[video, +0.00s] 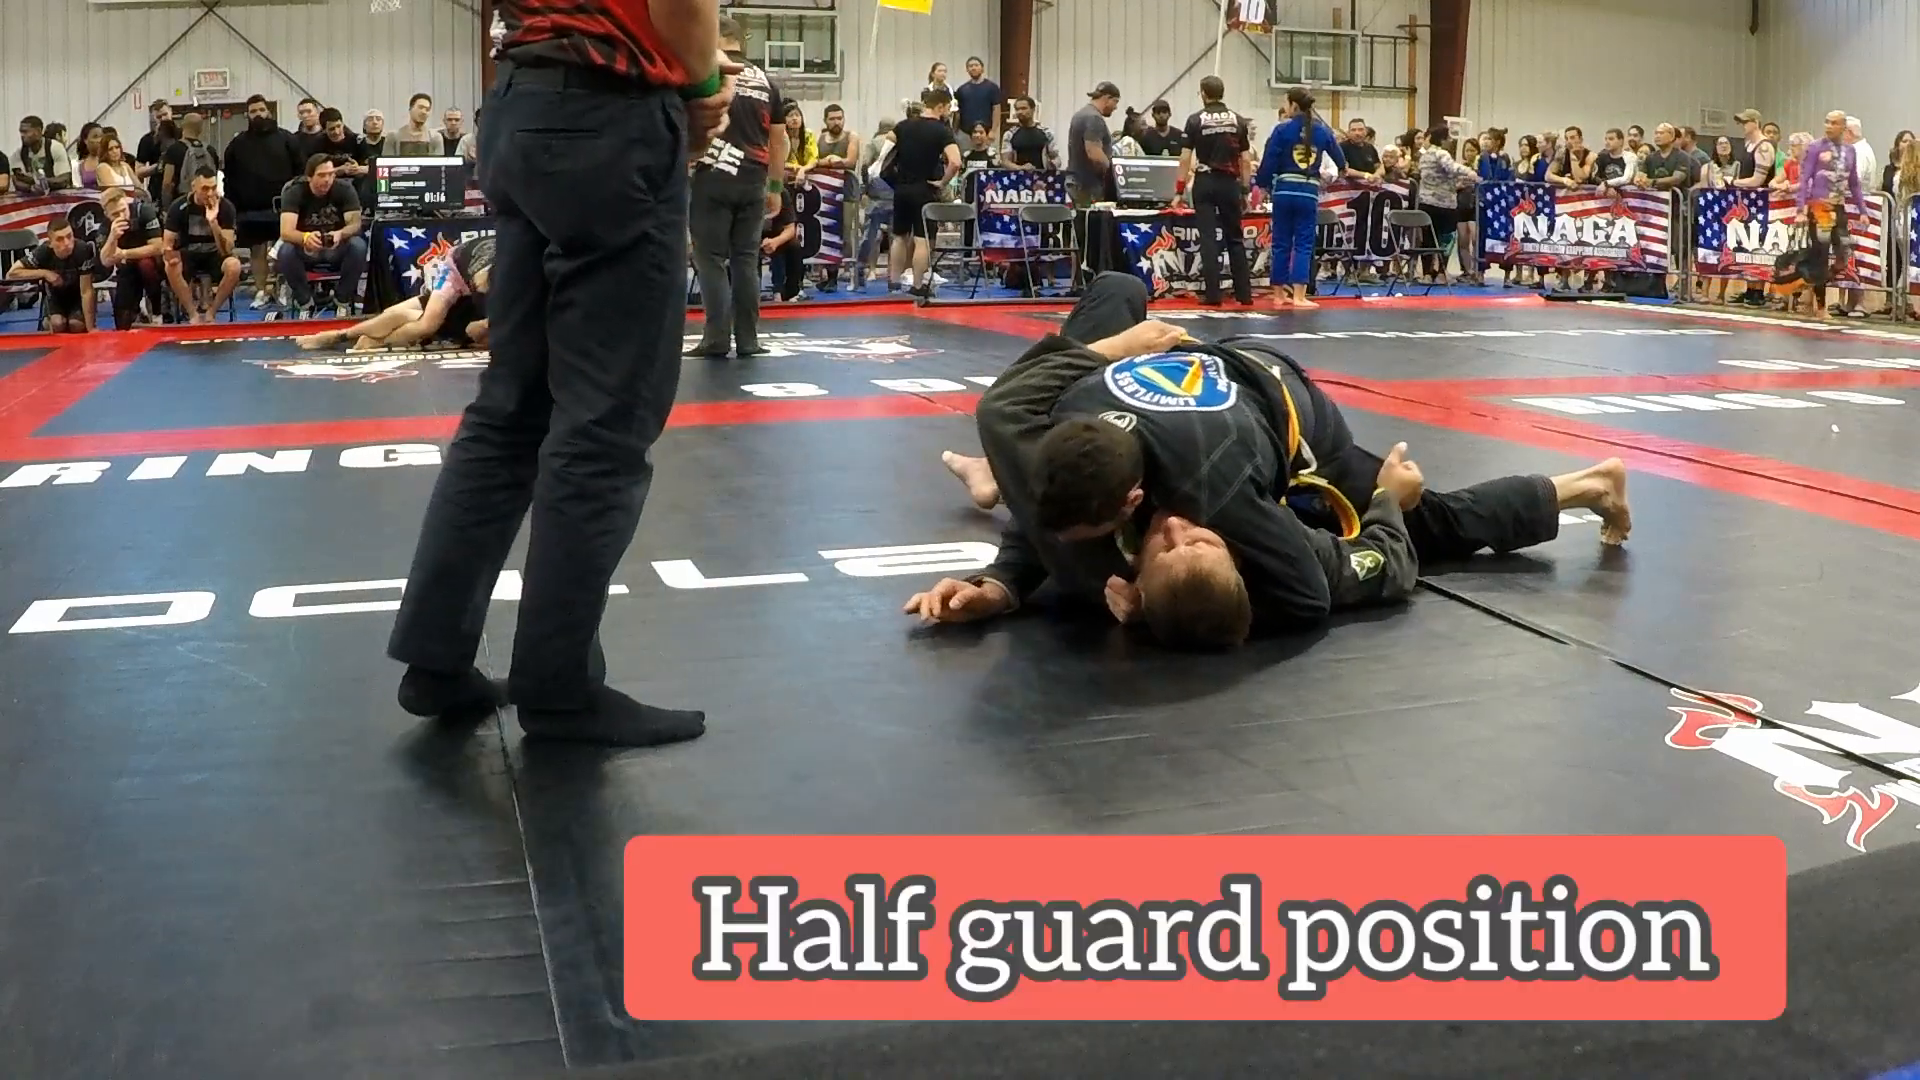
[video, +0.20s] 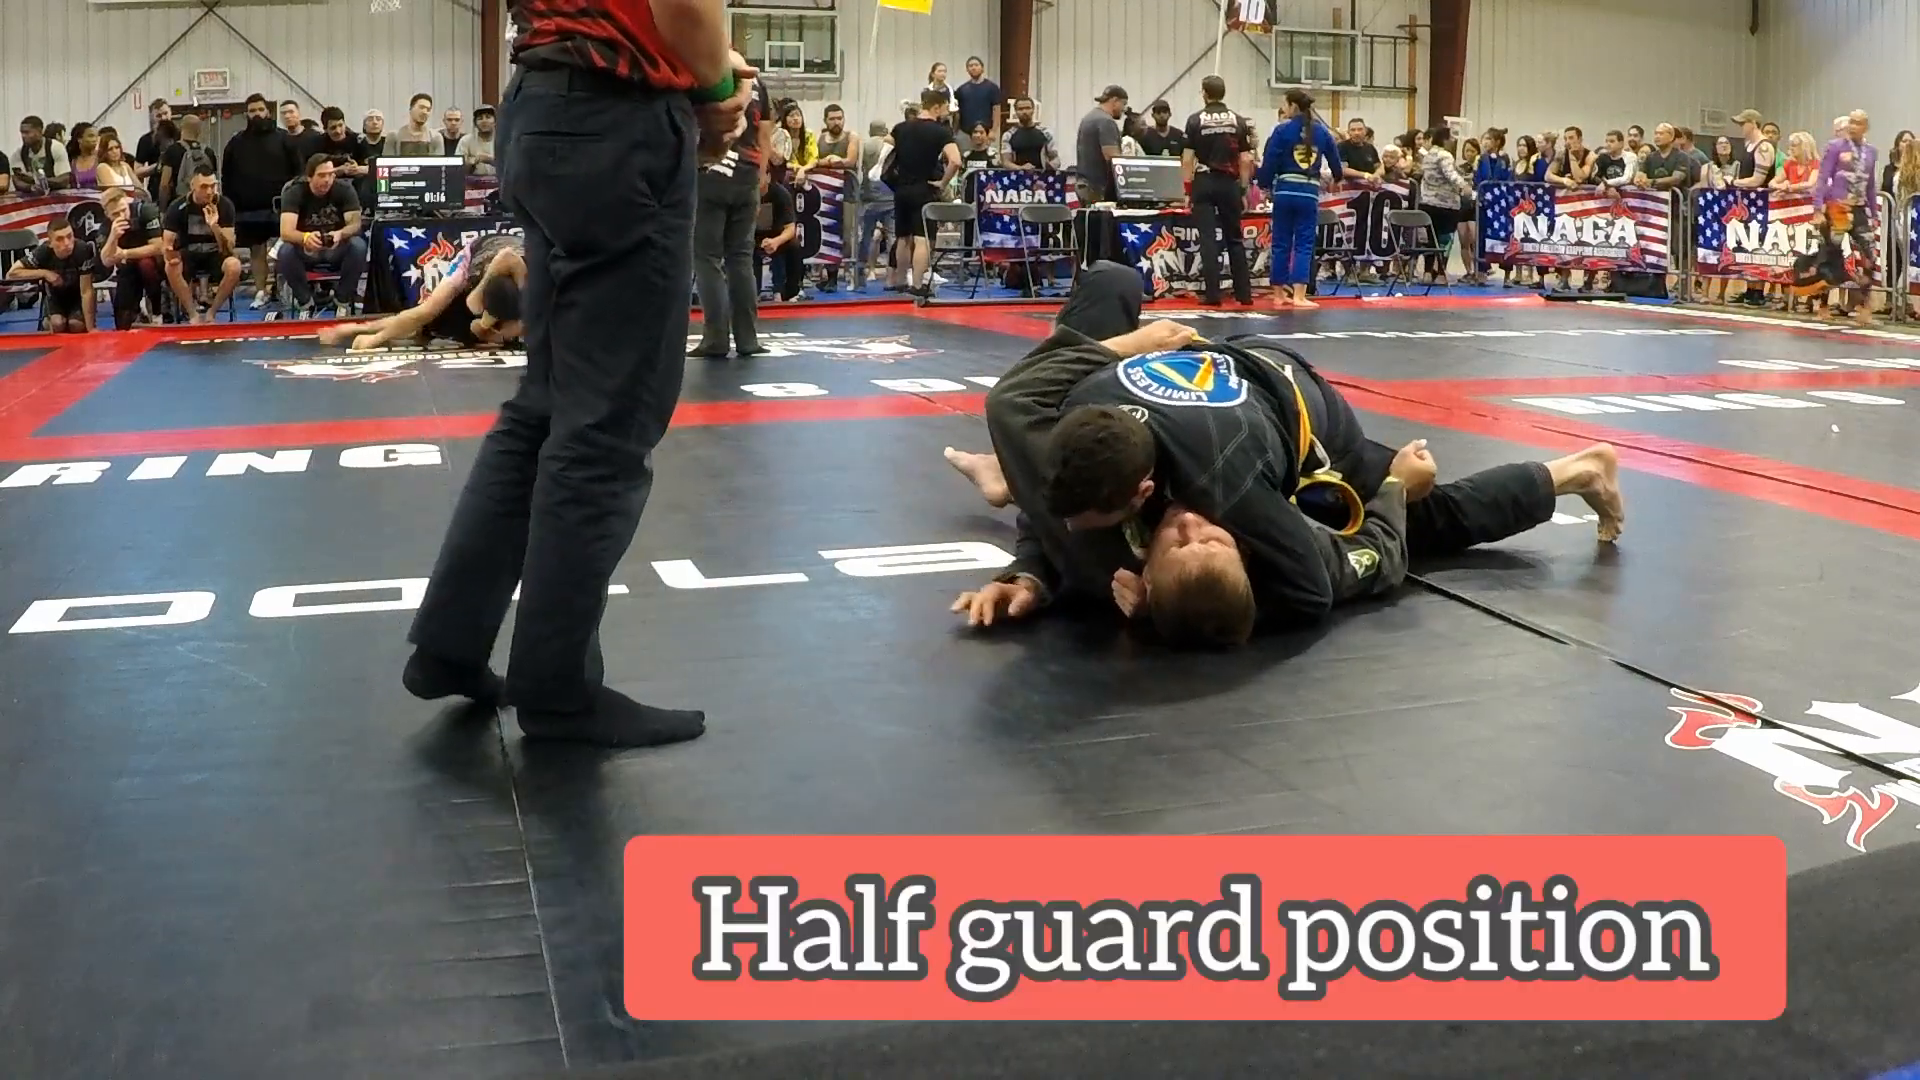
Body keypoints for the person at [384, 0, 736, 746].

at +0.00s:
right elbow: (679, 6)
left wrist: (688, 81)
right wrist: (705, 82)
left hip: (524, 95)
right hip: (614, 112)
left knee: (513, 404)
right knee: (607, 422)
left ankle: (435, 664)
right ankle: (559, 689)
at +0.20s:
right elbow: (681, 8)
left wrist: (705, 79)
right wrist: (721, 82)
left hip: (547, 98)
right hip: (621, 116)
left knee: (547, 400)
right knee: (611, 420)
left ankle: (448, 648)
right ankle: (557, 689)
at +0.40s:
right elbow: (673, 7)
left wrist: (713, 74)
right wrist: (727, 77)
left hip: (570, 105)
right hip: (619, 118)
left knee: (573, 409)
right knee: (601, 423)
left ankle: (473, 646)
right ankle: (550, 688)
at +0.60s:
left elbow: (678, 6)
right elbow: (666, 7)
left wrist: (744, 64)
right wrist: (732, 91)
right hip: (616, 116)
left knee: (637, 395)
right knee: (605, 416)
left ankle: (488, 617)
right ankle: (545, 693)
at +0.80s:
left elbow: (709, 8)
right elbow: (664, 8)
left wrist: (766, 65)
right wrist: (747, 90)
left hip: (684, 118)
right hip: (621, 118)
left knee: (726, 391)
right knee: (611, 424)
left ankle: (599, 634)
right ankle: (549, 684)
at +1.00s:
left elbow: (755, 9)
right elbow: (672, 5)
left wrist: (798, 58)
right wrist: (768, 94)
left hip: (730, 123)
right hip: (644, 119)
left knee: (802, 392)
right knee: (621, 426)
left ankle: (761, 677)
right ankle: (556, 684)